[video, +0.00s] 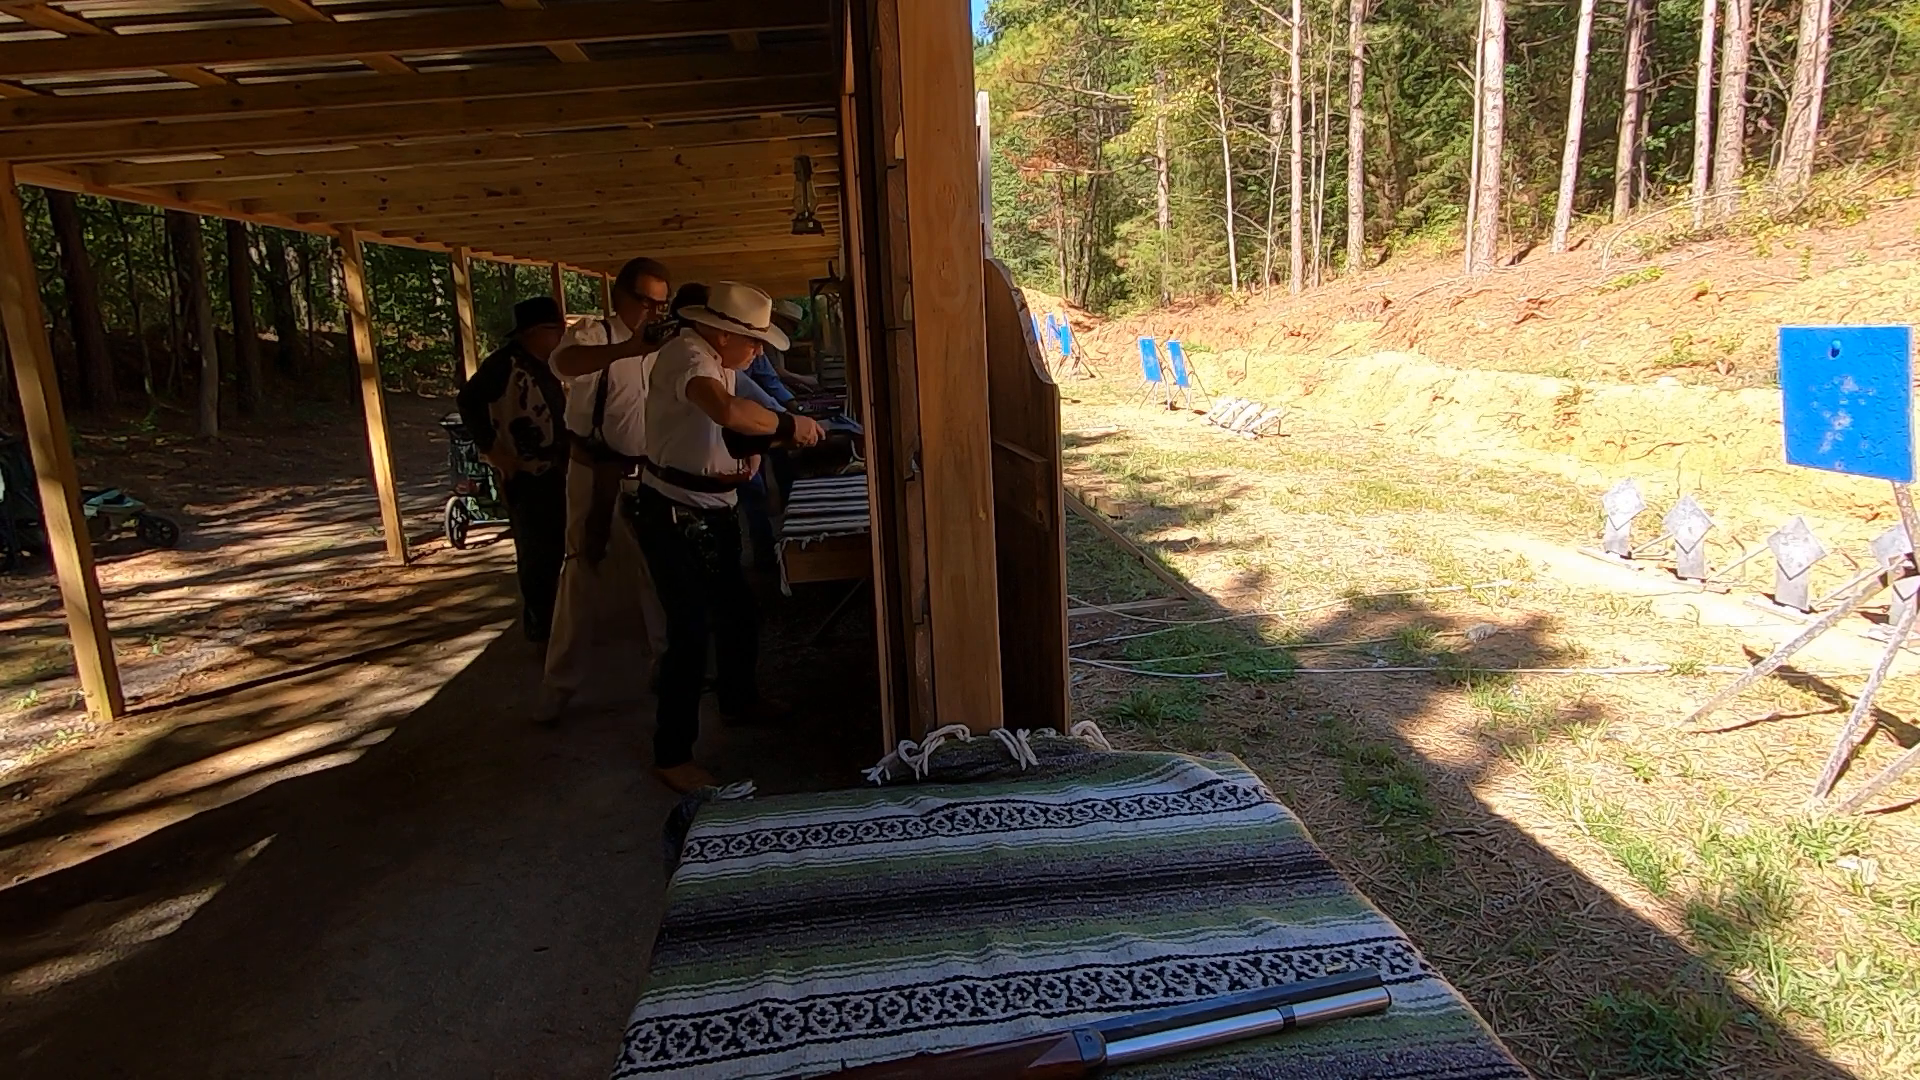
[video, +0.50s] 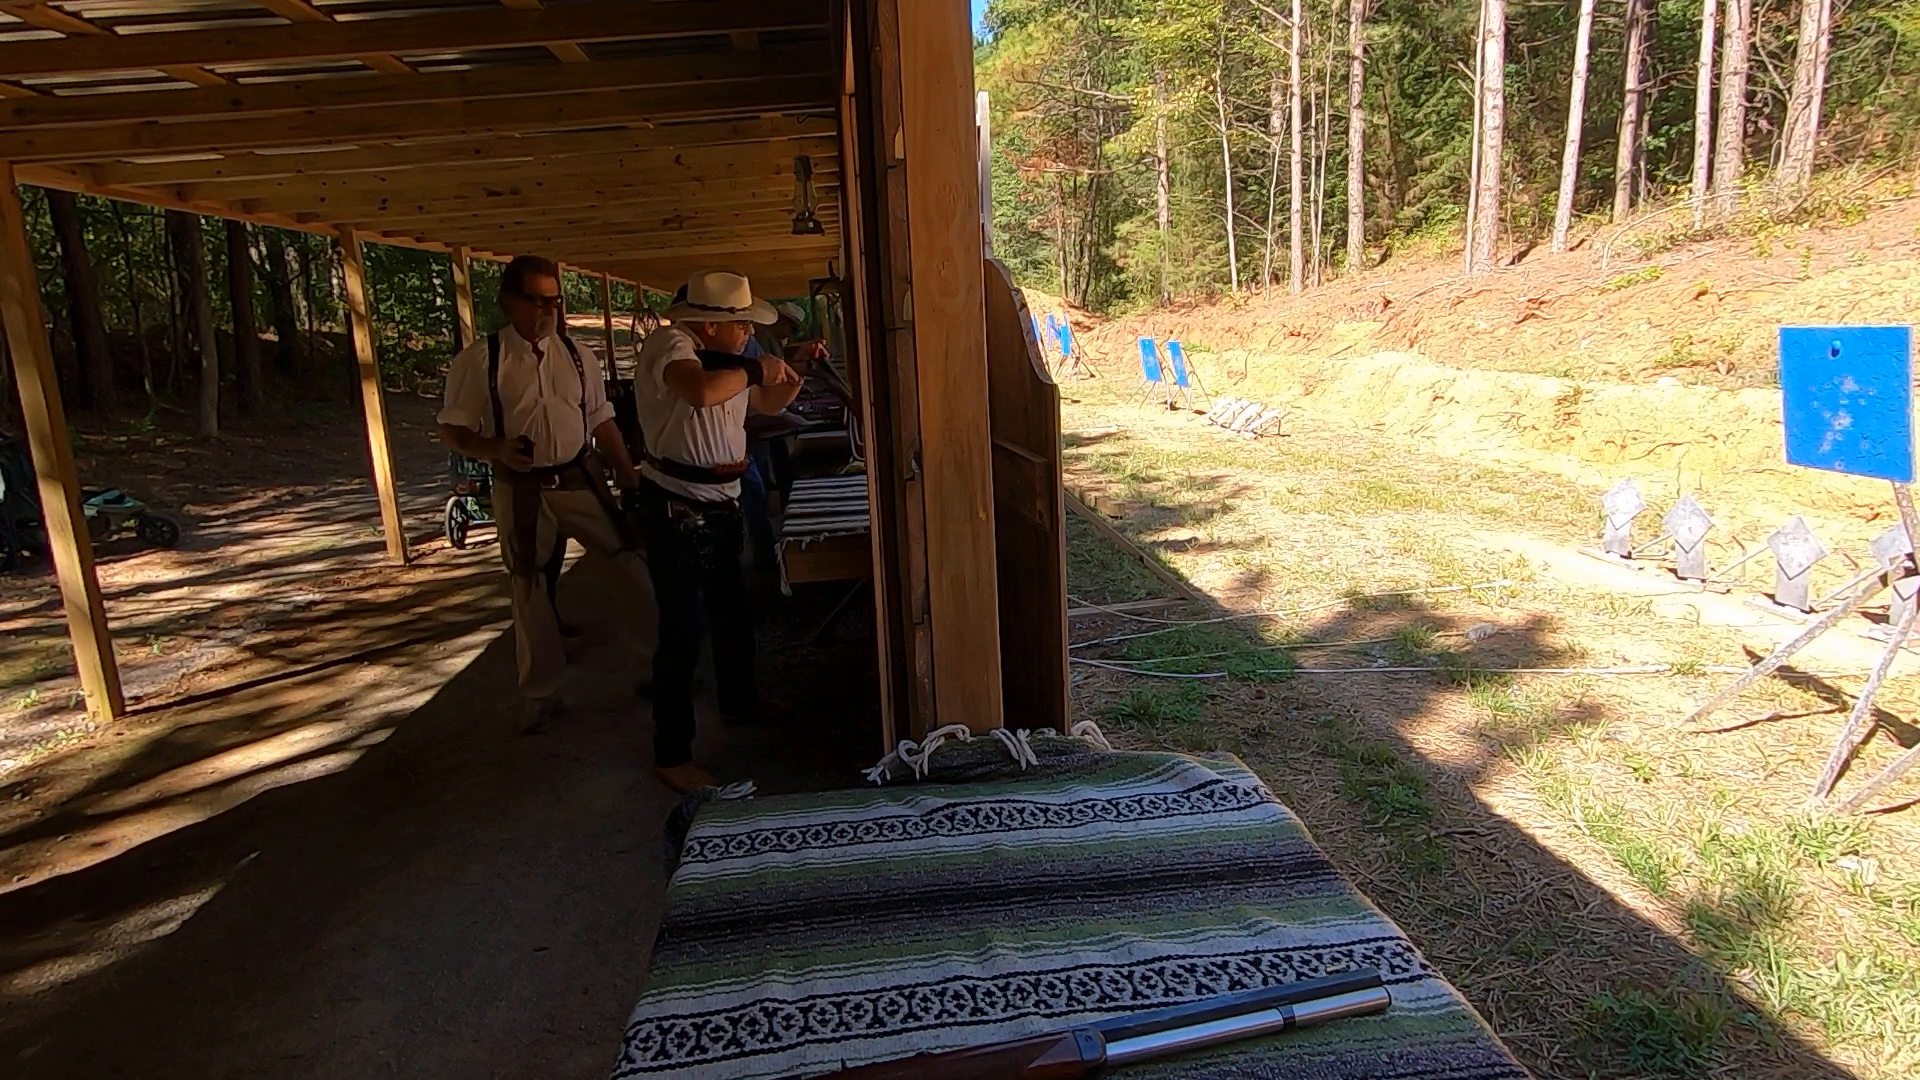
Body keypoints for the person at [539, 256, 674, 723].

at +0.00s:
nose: (655, 312)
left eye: (661, 305)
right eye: (648, 303)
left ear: (665, 305)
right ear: (621, 296)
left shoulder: (661, 343)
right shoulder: (594, 331)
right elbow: (562, 362)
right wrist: (631, 348)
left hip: (650, 471)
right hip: (595, 472)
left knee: (657, 574)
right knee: (581, 576)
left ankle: (667, 665)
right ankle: (557, 687)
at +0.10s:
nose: (636, 312)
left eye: (643, 303)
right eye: (627, 302)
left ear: (649, 303)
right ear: (601, 298)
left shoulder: (653, 344)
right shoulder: (575, 337)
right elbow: (537, 377)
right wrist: (607, 362)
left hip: (644, 473)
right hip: (584, 476)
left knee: (653, 580)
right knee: (569, 581)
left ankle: (670, 675)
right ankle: (545, 694)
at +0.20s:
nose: (615, 311)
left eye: (620, 304)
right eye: (605, 303)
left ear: (624, 304)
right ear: (577, 301)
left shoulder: (627, 351)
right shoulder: (549, 343)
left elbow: (640, 408)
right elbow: (512, 397)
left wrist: (644, 443)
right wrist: (573, 383)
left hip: (623, 475)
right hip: (567, 479)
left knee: (646, 575)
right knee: (559, 582)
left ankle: (666, 669)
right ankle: (544, 694)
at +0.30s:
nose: (591, 310)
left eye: (597, 302)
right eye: (580, 302)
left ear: (603, 304)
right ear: (553, 301)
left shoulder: (610, 354)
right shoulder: (522, 349)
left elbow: (629, 421)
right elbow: (482, 417)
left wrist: (653, 471)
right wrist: (541, 411)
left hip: (606, 478)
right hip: (549, 482)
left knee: (641, 567)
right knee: (547, 585)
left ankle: (664, 663)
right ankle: (543, 697)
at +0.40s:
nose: (568, 309)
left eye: (573, 300)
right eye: (557, 301)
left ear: (577, 301)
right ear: (528, 301)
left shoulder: (593, 354)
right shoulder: (499, 357)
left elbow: (614, 419)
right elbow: (462, 428)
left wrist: (640, 469)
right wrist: (517, 433)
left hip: (591, 480)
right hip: (533, 486)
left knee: (632, 563)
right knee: (537, 586)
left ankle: (663, 659)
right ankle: (543, 696)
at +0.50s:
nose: (550, 308)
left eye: (555, 300)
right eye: (539, 300)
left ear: (560, 301)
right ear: (508, 301)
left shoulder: (576, 354)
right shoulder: (478, 359)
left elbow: (602, 419)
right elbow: (453, 433)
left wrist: (626, 469)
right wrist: (495, 449)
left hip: (578, 481)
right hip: (520, 489)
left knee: (630, 569)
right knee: (530, 592)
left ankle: (650, 672)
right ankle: (541, 697)